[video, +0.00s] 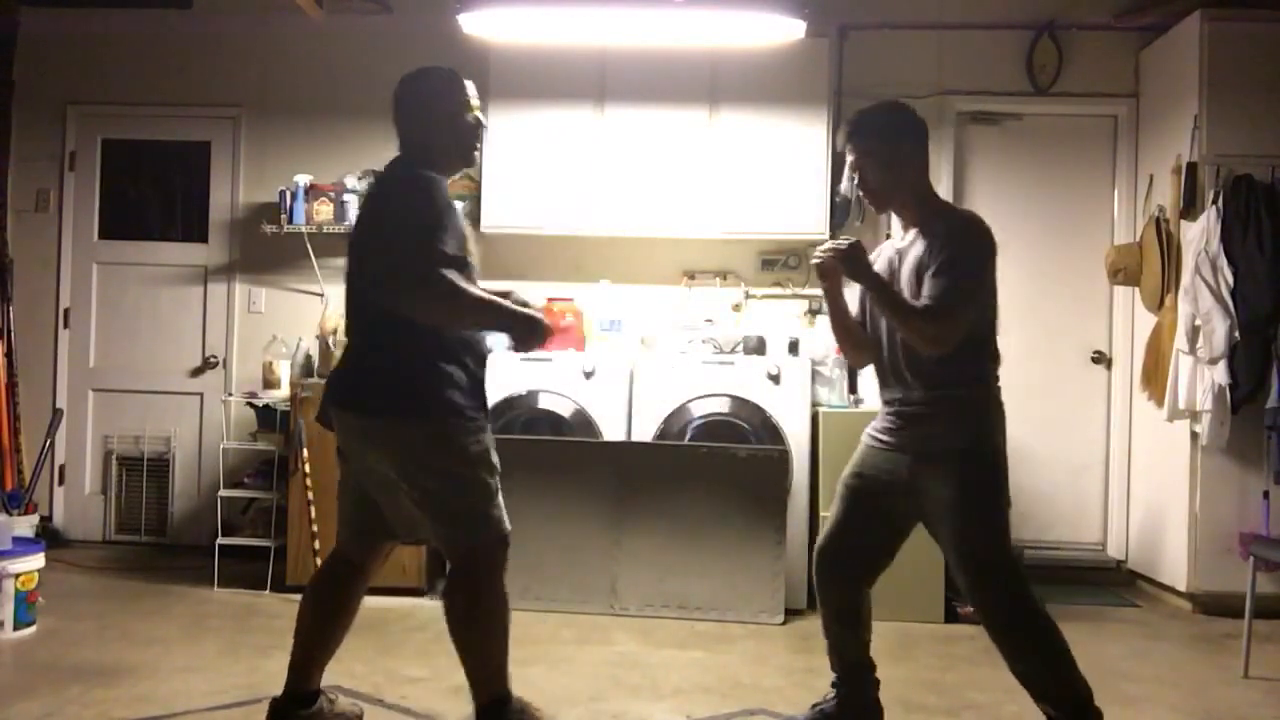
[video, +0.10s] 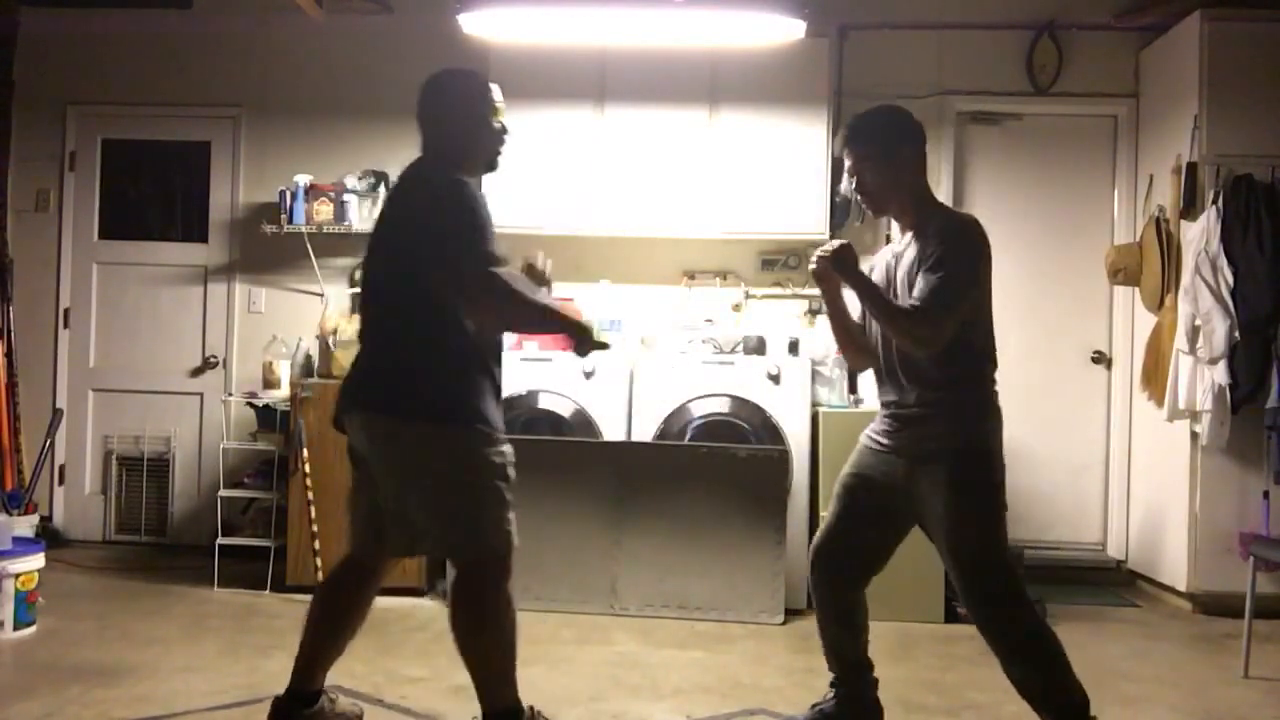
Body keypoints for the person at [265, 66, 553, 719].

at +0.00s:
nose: (482, 126)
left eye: (479, 113)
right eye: (469, 113)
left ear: (419, 126)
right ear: (425, 120)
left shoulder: (388, 191)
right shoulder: (418, 189)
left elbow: (423, 287)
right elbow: (418, 287)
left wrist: (507, 308)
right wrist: (515, 318)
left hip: (368, 402)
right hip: (426, 406)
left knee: (356, 550)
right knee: (480, 545)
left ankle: (298, 695)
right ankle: (496, 705)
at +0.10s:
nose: (505, 134)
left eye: (502, 120)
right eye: (494, 120)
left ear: (442, 126)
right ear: (455, 123)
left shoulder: (410, 190)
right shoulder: (451, 191)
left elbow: (439, 296)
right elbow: (482, 297)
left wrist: (515, 286)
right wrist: (573, 329)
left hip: (379, 404)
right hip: (443, 411)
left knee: (368, 556)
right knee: (485, 560)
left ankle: (299, 697)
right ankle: (503, 712)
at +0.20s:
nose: (524, 129)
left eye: (521, 115)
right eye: (512, 115)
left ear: (453, 122)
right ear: (475, 121)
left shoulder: (419, 194)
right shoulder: (486, 199)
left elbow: (458, 270)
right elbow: (556, 283)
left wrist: (525, 244)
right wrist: (637, 317)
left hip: (389, 405)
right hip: (462, 411)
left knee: (409, 550)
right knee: (495, 560)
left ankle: (325, 685)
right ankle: (506, 711)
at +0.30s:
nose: (535, 123)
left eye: (532, 109)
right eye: (522, 109)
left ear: (465, 118)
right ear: (483, 116)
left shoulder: (435, 183)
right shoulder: (496, 191)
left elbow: (488, 259)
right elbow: (579, 263)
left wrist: (539, 213)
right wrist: (676, 308)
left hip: (394, 400)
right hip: (464, 404)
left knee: (419, 551)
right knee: (503, 555)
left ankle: (370, 694)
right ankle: (507, 710)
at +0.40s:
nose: (543, 122)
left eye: (539, 109)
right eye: (530, 109)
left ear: (475, 121)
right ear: (493, 118)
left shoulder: (451, 187)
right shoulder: (497, 192)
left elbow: (537, 263)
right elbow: (549, 287)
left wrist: (574, 200)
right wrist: (622, 335)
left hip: (408, 400)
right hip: (477, 403)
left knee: (418, 551)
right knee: (547, 543)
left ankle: (367, 700)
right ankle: (527, 703)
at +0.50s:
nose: (567, 117)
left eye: (562, 106)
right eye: (554, 106)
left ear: (505, 123)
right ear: (518, 119)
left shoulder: (477, 187)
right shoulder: (512, 187)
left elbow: (559, 264)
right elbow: (505, 270)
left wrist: (610, 227)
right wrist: (595, 321)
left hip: (428, 401)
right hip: (496, 405)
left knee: (417, 556)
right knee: (555, 555)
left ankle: (367, 701)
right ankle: (576, 706)